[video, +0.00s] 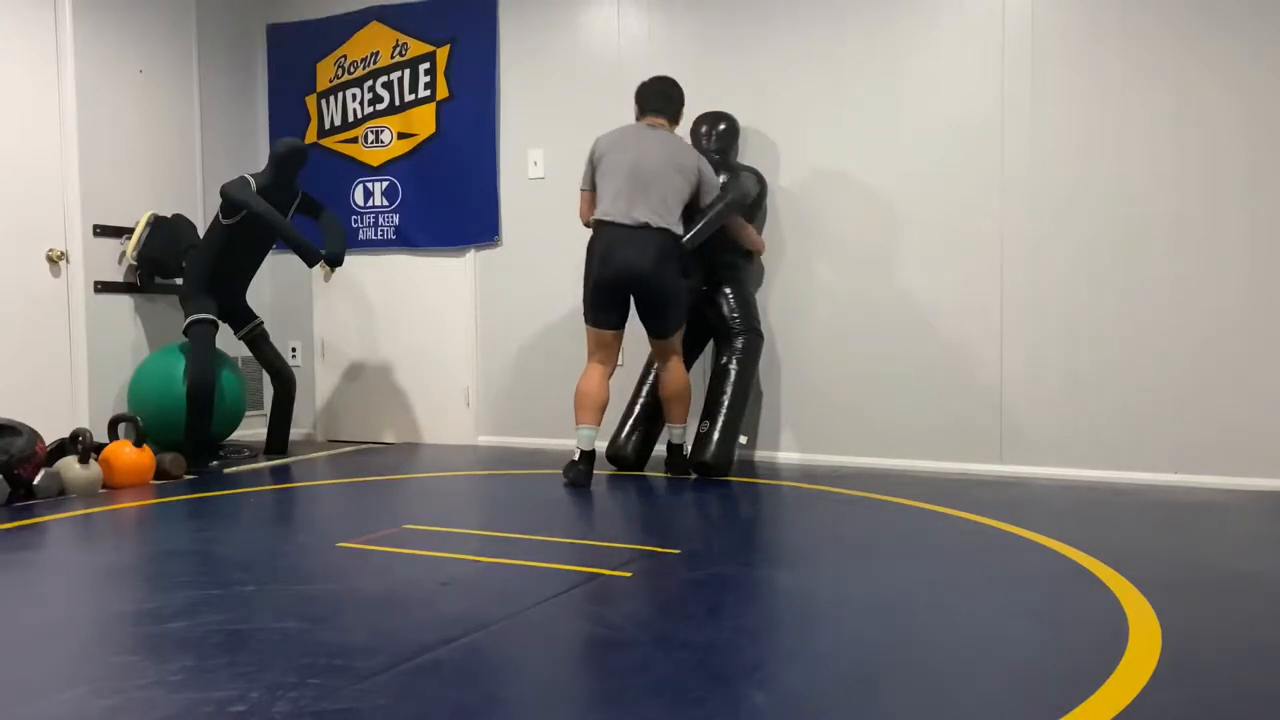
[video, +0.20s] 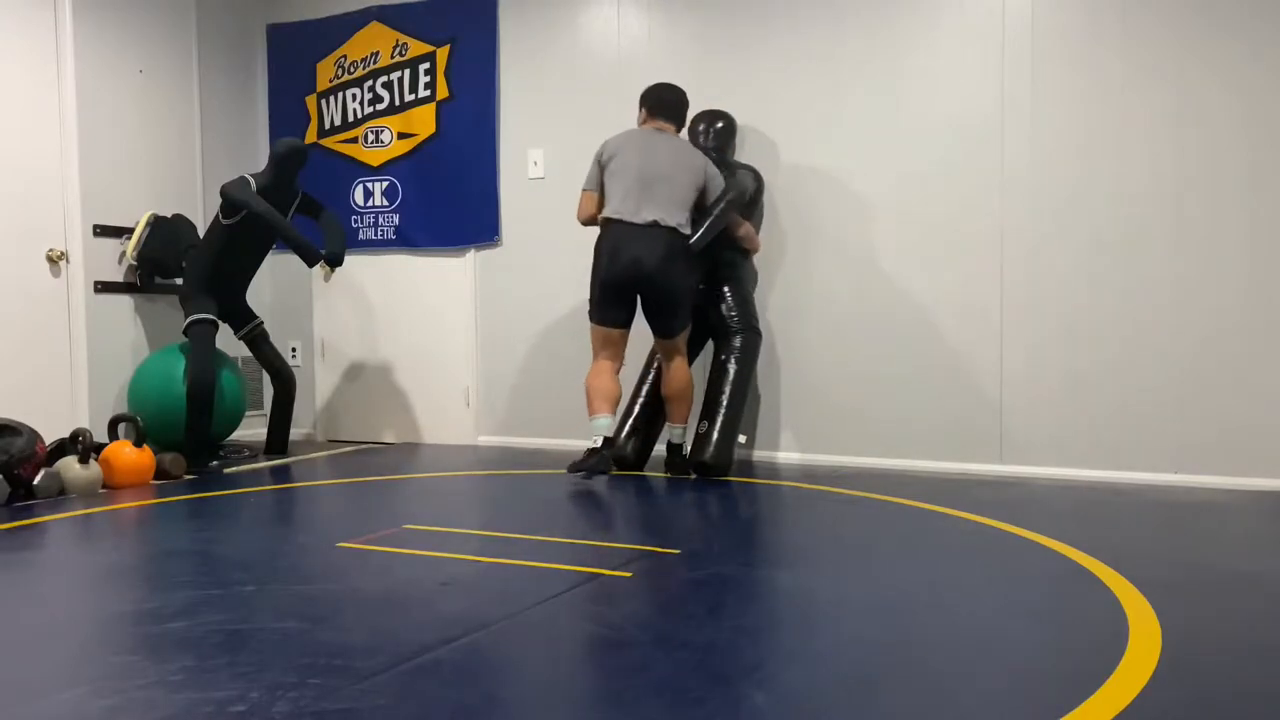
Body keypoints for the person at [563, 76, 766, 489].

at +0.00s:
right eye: (681, 115)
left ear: (637, 109)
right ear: (679, 116)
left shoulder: (604, 143)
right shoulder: (692, 157)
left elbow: (587, 215)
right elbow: (727, 217)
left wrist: (626, 225)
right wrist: (755, 242)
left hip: (606, 249)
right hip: (661, 252)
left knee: (600, 359)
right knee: (669, 355)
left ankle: (583, 457)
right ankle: (677, 453)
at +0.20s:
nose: (640, 118)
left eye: (641, 112)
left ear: (642, 113)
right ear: (683, 122)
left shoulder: (612, 146)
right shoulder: (700, 161)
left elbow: (586, 213)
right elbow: (732, 223)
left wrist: (624, 208)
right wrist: (751, 240)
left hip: (615, 249)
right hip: (671, 254)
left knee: (607, 355)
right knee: (673, 353)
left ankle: (600, 444)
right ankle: (677, 451)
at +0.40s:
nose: (633, 118)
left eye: (634, 112)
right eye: (636, 114)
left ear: (641, 112)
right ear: (678, 119)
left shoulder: (614, 143)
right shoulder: (701, 163)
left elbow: (579, 203)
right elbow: (741, 218)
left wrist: (609, 199)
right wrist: (744, 230)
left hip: (628, 252)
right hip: (678, 257)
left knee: (612, 355)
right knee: (676, 355)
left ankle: (628, 434)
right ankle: (678, 452)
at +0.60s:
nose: (619, 105)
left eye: (622, 97)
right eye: (622, 97)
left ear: (633, 98)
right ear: (665, 103)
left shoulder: (610, 136)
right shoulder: (697, 149)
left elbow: (580, 202)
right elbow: (734, 210)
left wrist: (611, 189)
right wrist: (711, 230)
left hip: (637, 254)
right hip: (687, 257)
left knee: (617, 360)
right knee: (678, 358)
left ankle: (658, 447)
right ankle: (676, 455)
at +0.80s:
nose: (603, 83)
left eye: (609, 74)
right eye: (605, 73)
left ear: (633, 80)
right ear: (646, 82)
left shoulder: (609, 127)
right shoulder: (689, 130)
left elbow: (578, 199)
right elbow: (722, 195)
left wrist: (597, 169)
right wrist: (686, 210)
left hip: (643, 254)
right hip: (687, 254)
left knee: (618, 367)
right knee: (675, 364)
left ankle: (665, 461)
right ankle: (678, 463)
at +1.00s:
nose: (596, 65)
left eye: (604, 54)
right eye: (598, 54)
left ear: (635, 61)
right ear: (638, 63)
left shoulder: (615, 116)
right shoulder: (675, 113)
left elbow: (581, 189)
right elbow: (702, 180)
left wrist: (584, 146)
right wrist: (648, 189)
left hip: (637, 250)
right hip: (678, 249)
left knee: (620, 365)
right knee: (653, 358)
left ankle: (666, 465)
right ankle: (667, 460)